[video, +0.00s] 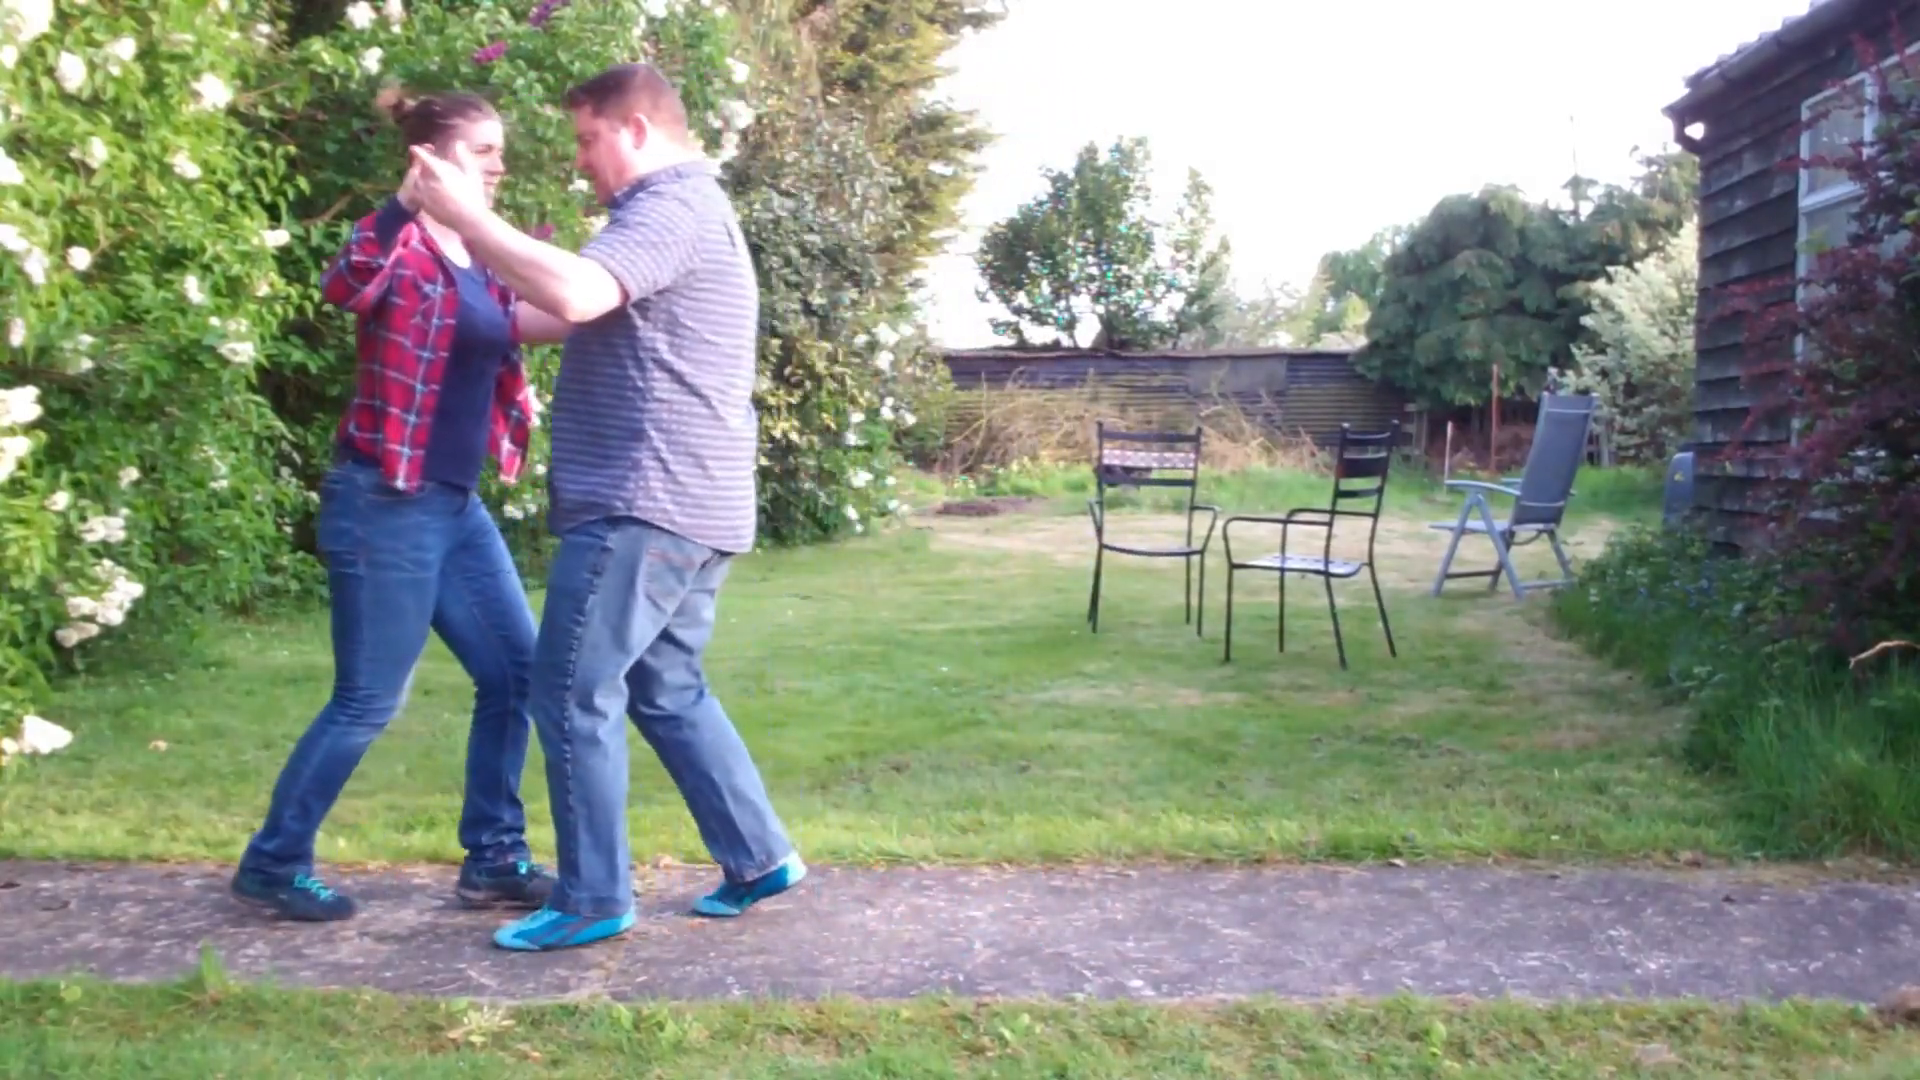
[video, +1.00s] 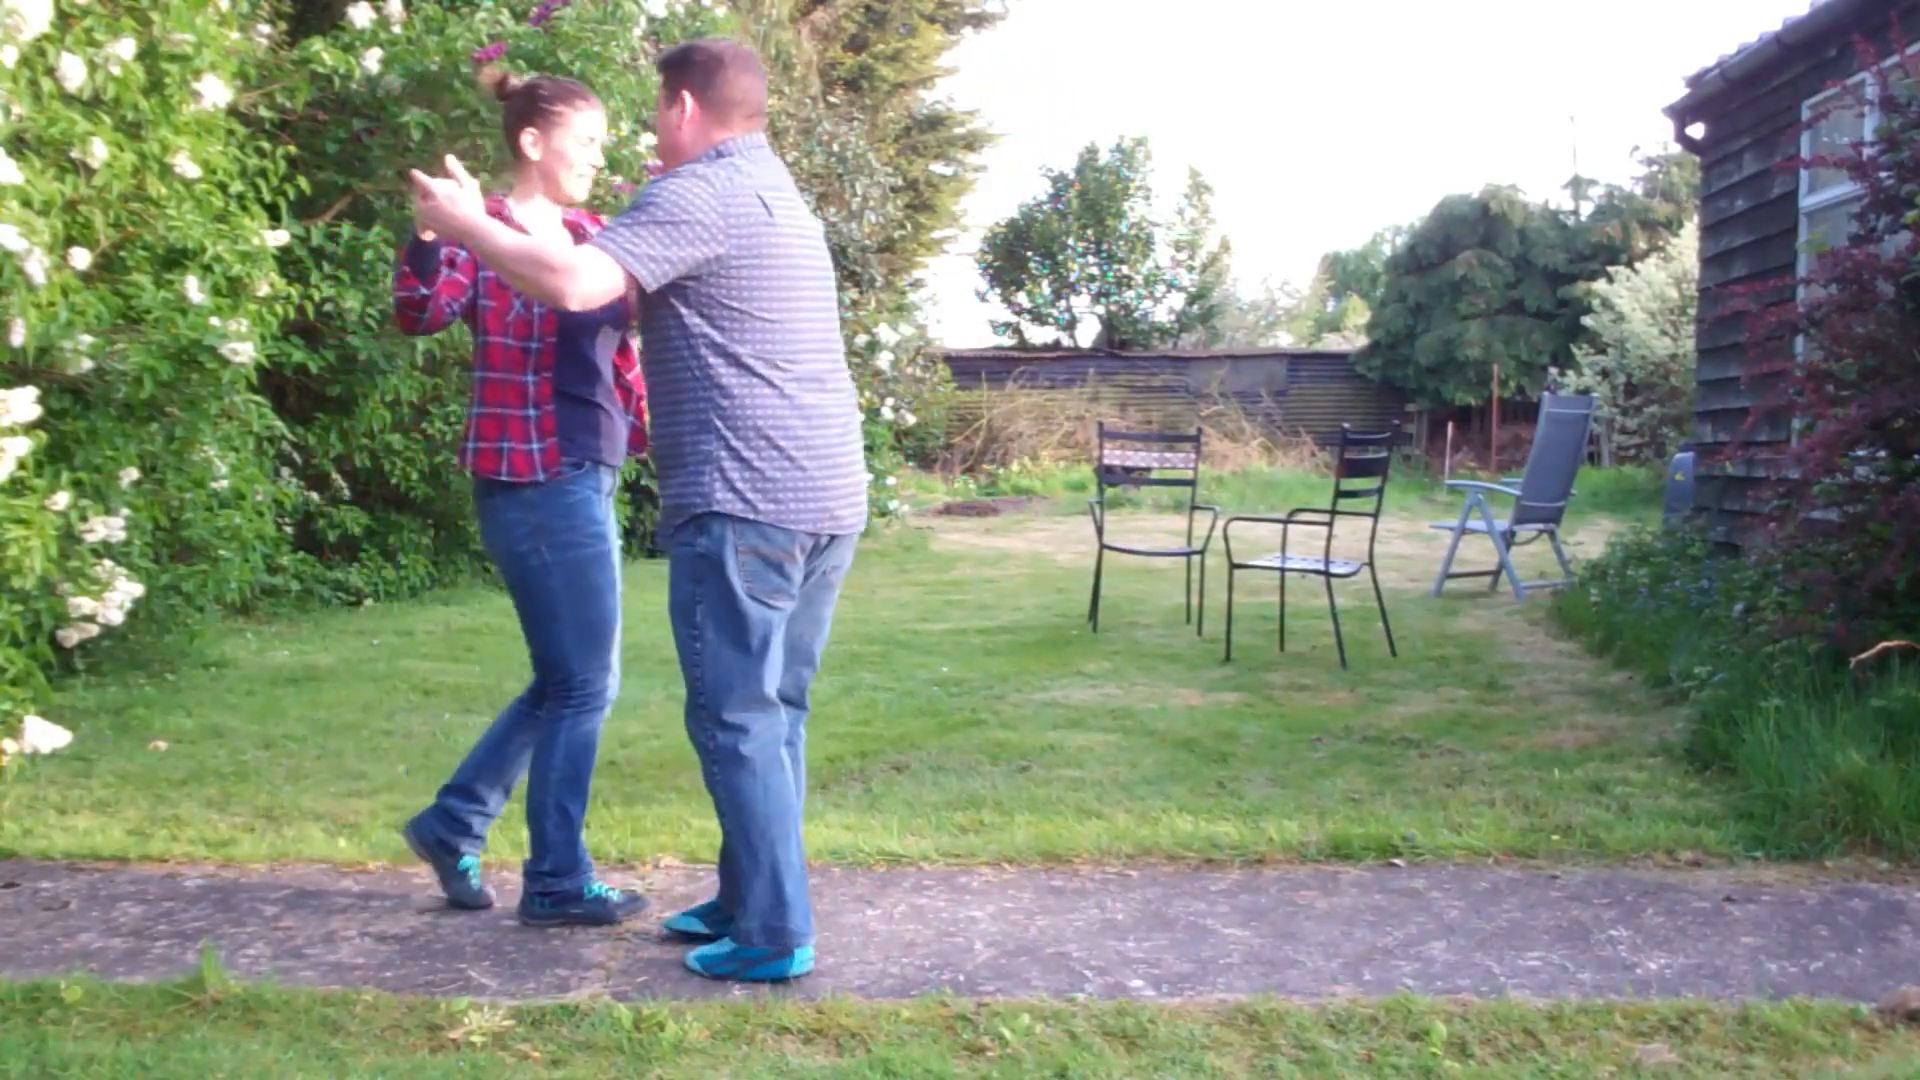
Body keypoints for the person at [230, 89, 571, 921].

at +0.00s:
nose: (497, 170)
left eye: (500, 155)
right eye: (482, 154)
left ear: (492, 163)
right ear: (428, 160)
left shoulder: (485, 259)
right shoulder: (395, 241)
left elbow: (528, 323)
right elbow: (347, 290)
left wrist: (564, 270)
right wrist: (403, 207)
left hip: (457, 505)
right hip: (384, 503)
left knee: (516, 668)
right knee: (368, 702)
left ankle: (494, 855)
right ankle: (272, 863)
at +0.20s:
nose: (481, 173)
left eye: (484, 158)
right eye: (467, 157)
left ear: (465, 165)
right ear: (416, 161)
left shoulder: (466, 258)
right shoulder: (386, 247)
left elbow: (494, 340)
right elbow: (323, 311)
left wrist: (544, 265)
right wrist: (374, 218)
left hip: (448, 501)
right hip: (377, 501)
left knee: (495, 673)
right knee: (364, 700)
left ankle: (423, 847)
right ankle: (273, 863)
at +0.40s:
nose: (489, 169)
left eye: (492, 155)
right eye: (474, 155)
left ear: (482, 164)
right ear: (422, 157)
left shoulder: (487, 259)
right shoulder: (392, 249)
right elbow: (333, 323)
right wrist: (379, 235)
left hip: (480, 499)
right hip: (411, 500)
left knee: (488, 691)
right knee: (420, 697)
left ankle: (414, 856)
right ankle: (294, 848)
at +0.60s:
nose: (515, 166)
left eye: (518, 152)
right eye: (503, 151)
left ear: (505, 159)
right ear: (450, 153)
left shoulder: (519, 248)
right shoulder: (414, 242)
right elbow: (358, 322)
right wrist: (402, 238)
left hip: (503, 492)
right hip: (445, 494)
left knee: (467, 686)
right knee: (526, 678)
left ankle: (413, 852)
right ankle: (404, 835)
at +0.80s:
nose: (552, 161)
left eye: (554, 146)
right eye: (538, 145)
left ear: (519, 154)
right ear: (485, 148)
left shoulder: (545, 242)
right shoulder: (449, 238)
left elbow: (597, 310)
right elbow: (385, 313)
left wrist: (606, 251)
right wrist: (411, 228)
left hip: (526, 485)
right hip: (482, 489)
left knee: (476, 685)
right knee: (573, 676)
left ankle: (415, 852)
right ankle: (557, 879)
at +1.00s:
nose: (599, 158)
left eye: (601, 144)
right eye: (587, 142)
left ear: (550, 146)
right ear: (533, 142)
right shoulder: (493, 231)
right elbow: (419, 316)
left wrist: (654, 443)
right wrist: (434, 233)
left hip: (561, 478)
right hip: (545, 482)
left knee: (565, 682)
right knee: (584, 687)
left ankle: (452, 824)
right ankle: (557, 878)